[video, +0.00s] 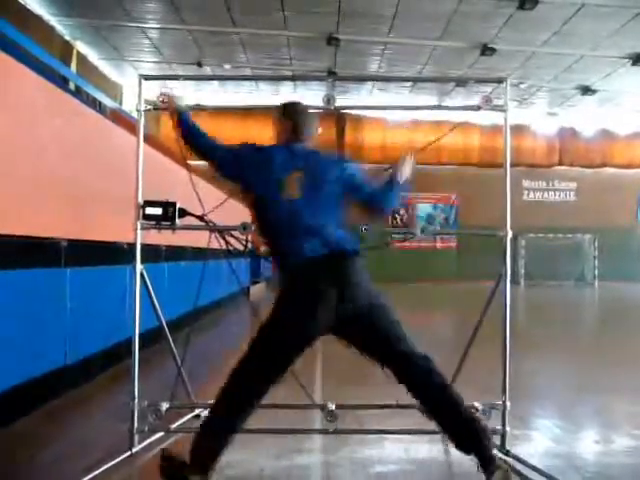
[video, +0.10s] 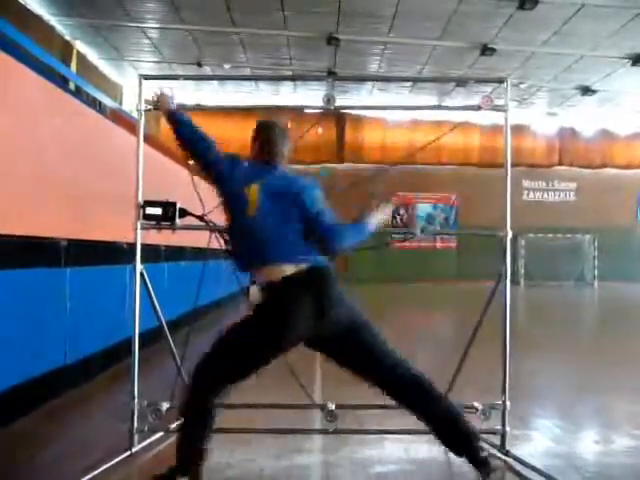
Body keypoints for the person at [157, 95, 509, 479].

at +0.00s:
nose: (275, 131)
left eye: (278, 125)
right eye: (283, 126)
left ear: (280, 129)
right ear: (314, 131)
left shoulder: (259, 161)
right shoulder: (333, 166)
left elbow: (211, 150)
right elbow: (380, 204)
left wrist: (179, 114)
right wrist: (400, 176)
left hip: (305, 291)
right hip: (352, 285)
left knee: (251, 378)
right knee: (409, 363)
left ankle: (198, 462)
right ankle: (480, 445)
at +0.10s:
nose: (274, 146)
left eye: (265, 141)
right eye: (282, 142)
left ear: (254, 148)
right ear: (288, 151)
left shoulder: (236, 176)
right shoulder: (300, 187)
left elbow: (203, 148)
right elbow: (333, 238)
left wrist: (172, 112)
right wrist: (374, 220)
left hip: (281, 306)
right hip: (322, 298)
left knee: (207, 379)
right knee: (394, 373)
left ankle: (186, 469)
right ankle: (477, 453)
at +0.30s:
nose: (318, 134)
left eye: (317, 129)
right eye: (317, 128)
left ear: (277, 131)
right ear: (310, 131)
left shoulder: (252, 172)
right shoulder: (327, 159)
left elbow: (213, 221)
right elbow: (385, 172)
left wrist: (194, 207)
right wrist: (382, 138)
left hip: (286, 287)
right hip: (333, 283)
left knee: (224, 379)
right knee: (350, 378)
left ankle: (188, 465)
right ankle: (352, 469)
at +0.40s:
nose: (335, 141)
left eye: (334, 135)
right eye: (334, 135)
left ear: (295, 137)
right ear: (328, 137)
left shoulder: (265, 170)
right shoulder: (342, 165)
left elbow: (218, 176)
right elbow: (402, 186)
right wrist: (384, 146)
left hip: (294, 295)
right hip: (341, 292)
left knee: (238, 390)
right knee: (369, 380)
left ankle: (223, 473)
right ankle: (362, 471)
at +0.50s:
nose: (367, 139)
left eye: (360, 132)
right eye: (366, 134)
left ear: (331, 133)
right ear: (364, 137)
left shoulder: (298, 157)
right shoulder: (376, 173)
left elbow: (261, 127)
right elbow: (439, 190)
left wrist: (298, 110)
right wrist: (434, 151)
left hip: (312, 297)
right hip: (363, 299)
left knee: (254, 388)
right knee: (429, 366)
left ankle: (218, 473)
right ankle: (438, 458)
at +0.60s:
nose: (404, 141)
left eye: (396, 136)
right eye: (404, 138)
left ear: (369, 142)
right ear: (404, 145)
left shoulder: (340, 162)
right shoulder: (421, 175)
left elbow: (281, 156)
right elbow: (464, 161)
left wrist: (285, 126)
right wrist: (473, 127)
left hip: (332, 308)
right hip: (386, 312)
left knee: (268, 382)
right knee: (445, 383)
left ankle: (201, 459)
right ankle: (491, 463)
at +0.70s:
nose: (422, 157)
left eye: (415, 151)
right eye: (424, 151)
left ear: (396, 159)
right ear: (430, 159)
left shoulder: (382, 193)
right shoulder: (448, 191)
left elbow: (336, 224)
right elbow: (466, 160)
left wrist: (295, 196)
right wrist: (483, 121)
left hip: (363, 316)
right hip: (409, 319)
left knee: (297, 394)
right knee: (481, 386)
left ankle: (220, 462)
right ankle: (502, 472)